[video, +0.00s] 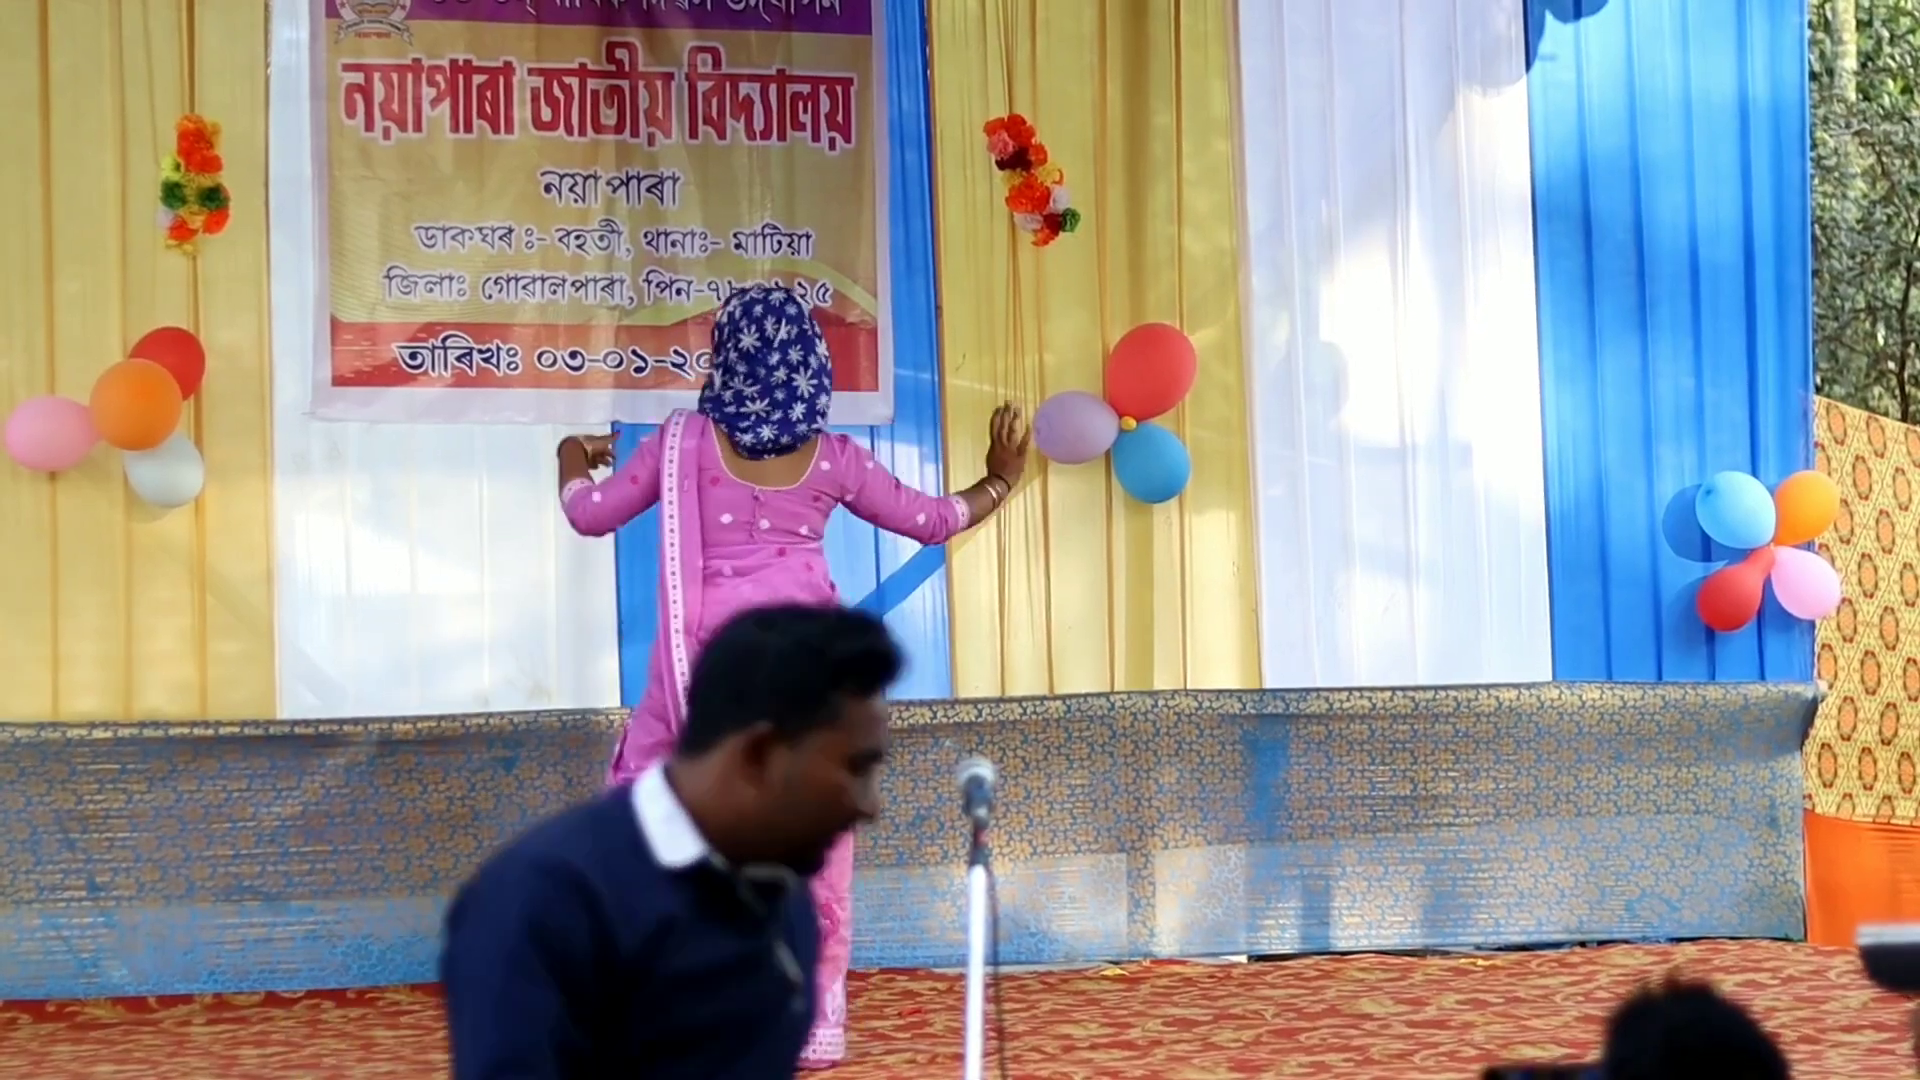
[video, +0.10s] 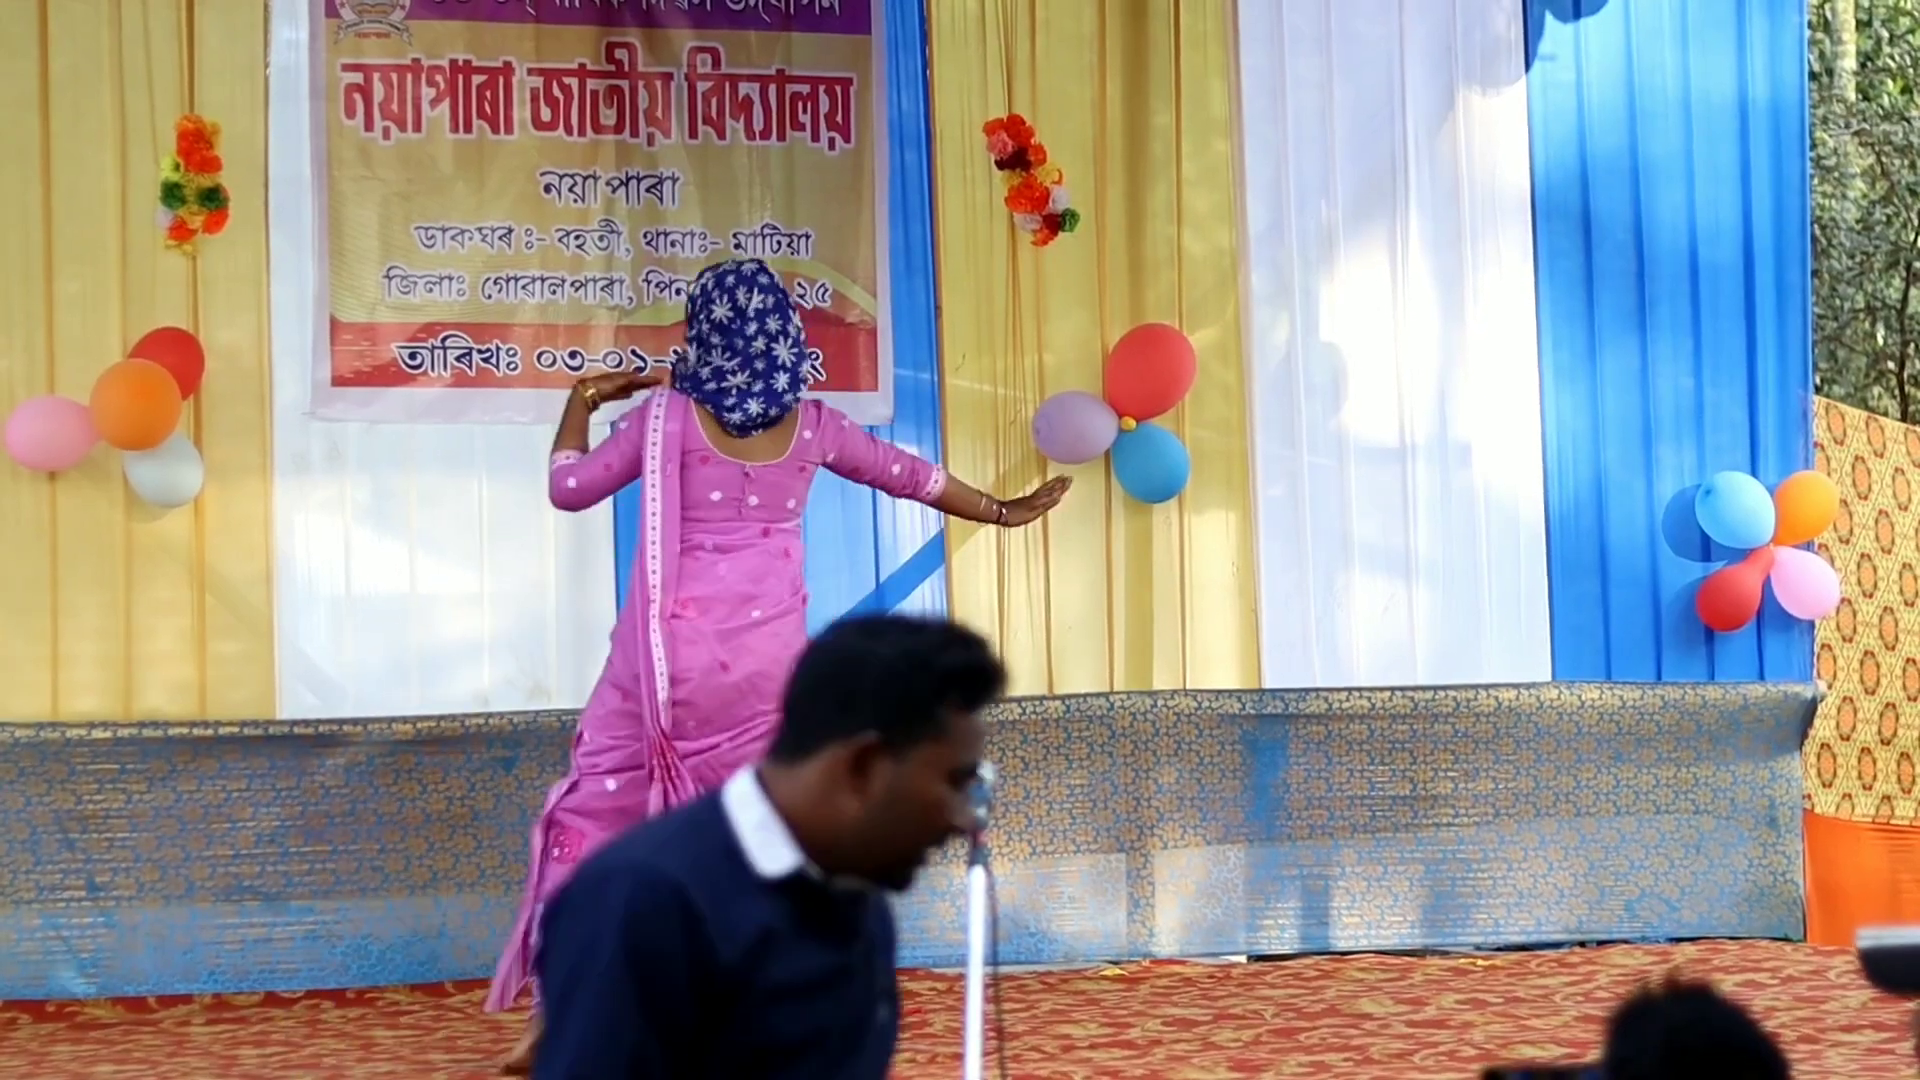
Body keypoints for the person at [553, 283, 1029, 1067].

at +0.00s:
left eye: (716, 352)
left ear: (722, 361)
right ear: (812, 366)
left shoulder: (679, 443)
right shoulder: (832, 458)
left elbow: (590, 514)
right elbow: (934, 519)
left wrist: (572, 467)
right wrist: (1000, 484)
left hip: (694, 671)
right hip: (802, 669)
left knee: (641, 814)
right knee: (819, 838)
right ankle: (816, 1028)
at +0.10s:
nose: (681, 342)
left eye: (690, 329)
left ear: (699, 337)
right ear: (785, 338)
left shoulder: (662, 419)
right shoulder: (814, 425)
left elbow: (569, 488)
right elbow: (908, 474)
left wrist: (578, 401)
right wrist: (1002, 509)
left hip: (662, 650)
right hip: (767, 650)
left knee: (591, 814)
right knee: (757, 828)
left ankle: (566, 1013)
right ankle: (765, 1010)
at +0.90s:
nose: (587, 345)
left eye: (592, 333)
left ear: (596, 342)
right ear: (675, 339)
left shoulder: (577, 428)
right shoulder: (715, 431)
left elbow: (501, 516)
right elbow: (774, 520)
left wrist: (464, 464)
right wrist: (808, 565)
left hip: (577, 659)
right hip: (681, 662)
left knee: (554, 822)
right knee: (705, 827)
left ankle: (555, 1020)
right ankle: (774, 1014)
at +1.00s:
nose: (569, 342)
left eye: (576, 329)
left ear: (583, 338)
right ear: (662, 338)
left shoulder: (562, 421)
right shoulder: (701, 427)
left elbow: (482, 500)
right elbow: (785, 519)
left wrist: (440, 490)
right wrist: (762, 581)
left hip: (568, 655)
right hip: (669, 655)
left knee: (548, 821)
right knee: (696, 824)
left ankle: (554, 1023)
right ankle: (775, 1008)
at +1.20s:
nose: (543, 372)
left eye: (550, 360)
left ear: (556, 373)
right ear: (637, 374)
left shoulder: (541, 462)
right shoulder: (674, 459)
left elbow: (440, 546)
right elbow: (764, 517)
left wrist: (405, 651)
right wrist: (681, 569)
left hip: (553, 691)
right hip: (660, 693)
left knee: (536, 856)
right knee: (670, 856)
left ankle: (545, 1033)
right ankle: (744, 1016)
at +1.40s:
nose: (562, 374)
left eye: (565, 360)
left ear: (569, 369)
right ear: (651, 368)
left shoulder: (554, 457)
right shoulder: (692, 452)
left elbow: (480, 539)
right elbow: (789, 505)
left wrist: (496, 646)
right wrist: (718, 571)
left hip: (584, 683)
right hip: (686, 681)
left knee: (549, 833)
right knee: (710, 829)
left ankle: (557, 1020)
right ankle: (780, 995)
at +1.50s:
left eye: (595, 345)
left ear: (598, 351)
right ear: (680, 351)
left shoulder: (579, 438)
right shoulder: (717, 435)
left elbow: (520, 520)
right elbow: (814, 513)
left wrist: (587, 592)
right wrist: (799, 615)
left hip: (639, 672)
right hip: (737, 667)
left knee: (589, 832)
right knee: (759, 825)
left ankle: (564, 1033)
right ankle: (826, 1008)